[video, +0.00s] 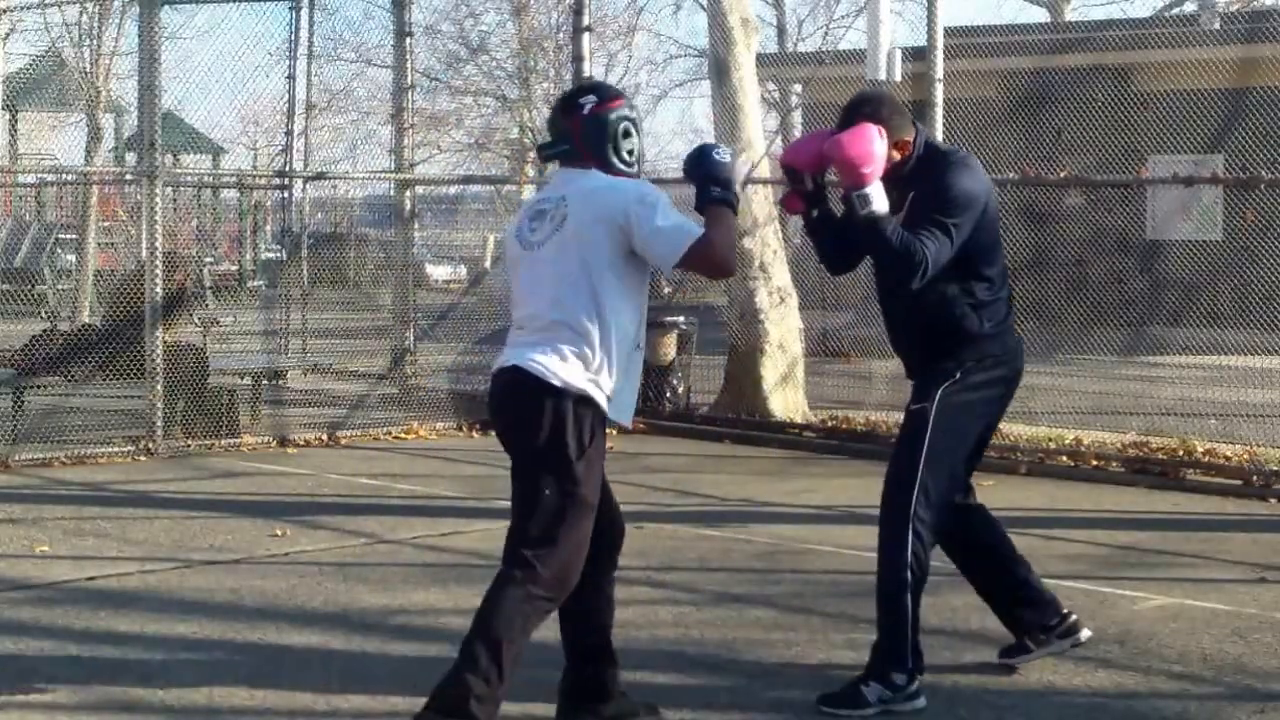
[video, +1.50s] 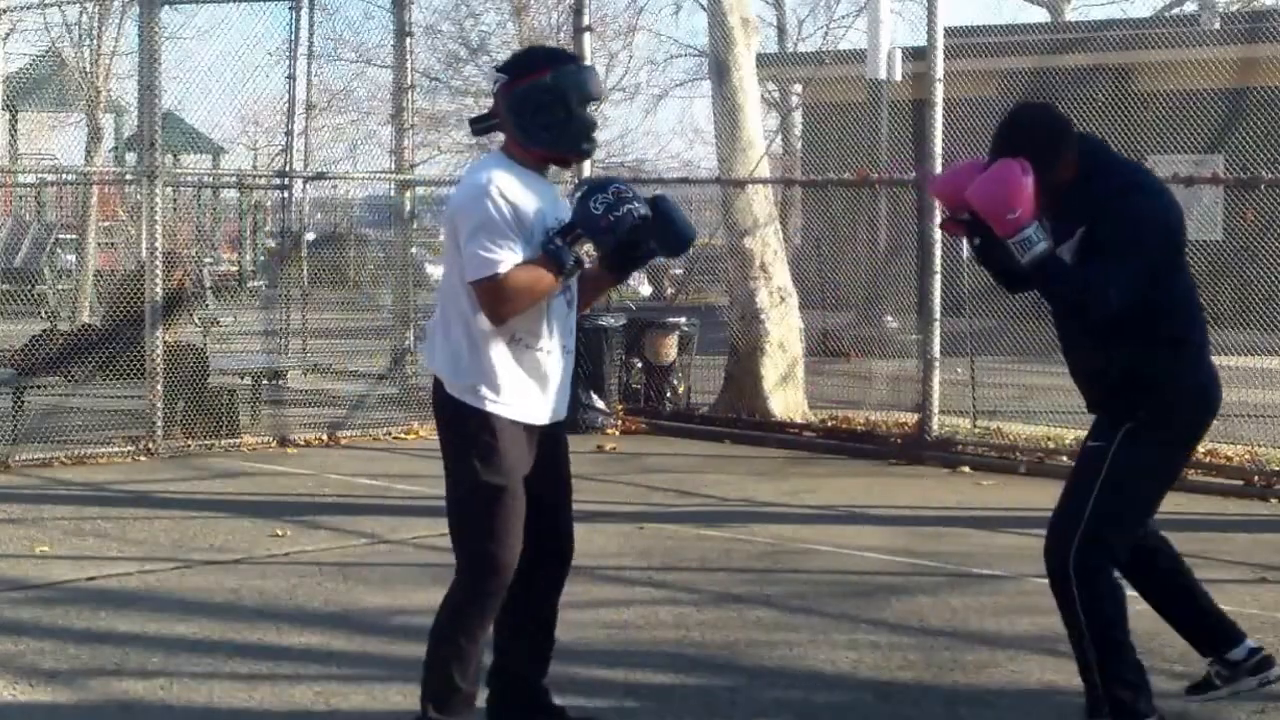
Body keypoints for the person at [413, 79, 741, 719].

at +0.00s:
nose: (635, 145)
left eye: (632, 134)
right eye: (630, 134)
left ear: (561, 142)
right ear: (617, 138)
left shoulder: (532, 211)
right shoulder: (624, 195)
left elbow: (534, 306)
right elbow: (718, 258)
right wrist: (718, 193)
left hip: (514, 386)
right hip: (567, 394)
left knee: (599, 533)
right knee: (546, 559)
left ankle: (591, 695)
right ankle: (459, 705)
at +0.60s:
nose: (606, 128)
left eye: (609, 114)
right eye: (589, 115)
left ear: (537, 132)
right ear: (556, 128)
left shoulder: (535, 198)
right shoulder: (556, 205)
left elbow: (556, 288)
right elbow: (637, 300)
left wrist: (618, 238)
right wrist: (666, 230)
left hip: (552, 405)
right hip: (522, 400)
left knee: (608, 536)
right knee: (517, 570)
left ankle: (594, 689)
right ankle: (445, 706)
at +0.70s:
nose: (621, 153)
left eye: (619, 140)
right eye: (609, 142)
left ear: (548, 149)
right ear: (588, 153)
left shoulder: (593, 213)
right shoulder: (535, 220)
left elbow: (677, 261)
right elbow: (597, 331)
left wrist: (765, 246)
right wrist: (637, 265)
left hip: (552, 417)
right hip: (491, 411)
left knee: (605, 539)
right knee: (527, 568)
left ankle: (612, 696)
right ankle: (448, 712)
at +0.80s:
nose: (600, 175)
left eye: (601, 161)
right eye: (590, 163)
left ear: (546, 162)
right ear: (551, 163)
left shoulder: (572, 228)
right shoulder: (493, 232)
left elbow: (634, 308)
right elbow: (510, 351)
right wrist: (581, 299)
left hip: (531, 414)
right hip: (464, 417)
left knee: (582, 553)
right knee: (480, 570)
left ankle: (613, 690)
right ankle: (398, 709)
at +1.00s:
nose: (538, 180)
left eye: (538, 167)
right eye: (528, 167)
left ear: (495, 164)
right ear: (489, 164)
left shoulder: (498, 227)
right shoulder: (423, 226)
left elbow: (483, 345)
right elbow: (427, 343)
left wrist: (550, 373)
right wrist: (517, 301)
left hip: (480, 422)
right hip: (410, 430)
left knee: (556, 548)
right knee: (419, 587)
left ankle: (567, 696)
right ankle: (368, 712)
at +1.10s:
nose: (524, 150)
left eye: (522, 136)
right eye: (514, 136)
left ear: (461, 137)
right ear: (490, 142)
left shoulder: (495, 207)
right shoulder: (411, 212)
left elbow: (521, 305)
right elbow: (417, 331)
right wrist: (504, 274)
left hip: (480, 418)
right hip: (409, 426)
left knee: (539, 552)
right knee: (403, 588)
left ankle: (555, 702)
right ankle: (361, 712)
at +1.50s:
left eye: (582, 106)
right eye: (574, 107)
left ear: (513, 112)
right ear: (558, 117)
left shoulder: (550, 194)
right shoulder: (485, 187)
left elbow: (568, 302)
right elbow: (500, 299)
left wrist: (622, 259)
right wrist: (576, 245)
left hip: (540, 407)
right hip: (483, 405)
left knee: (546, 555)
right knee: (491, 564)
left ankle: (519, 701)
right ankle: (448, 708)